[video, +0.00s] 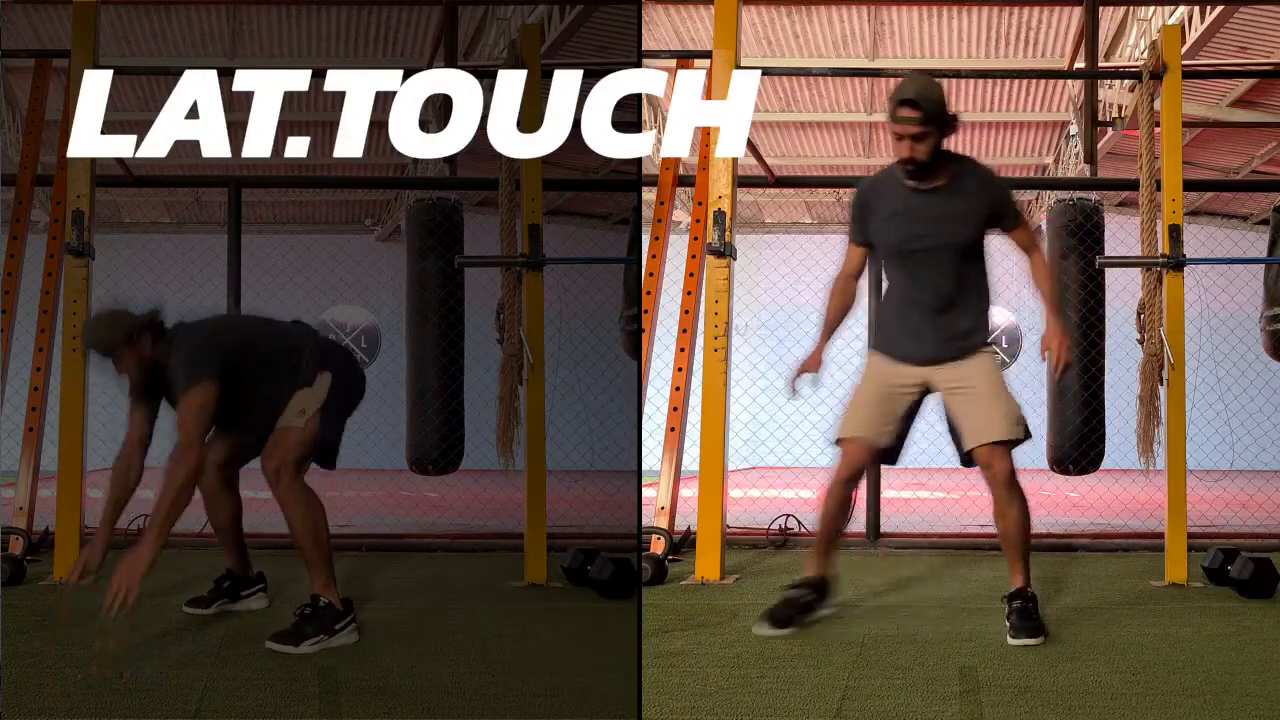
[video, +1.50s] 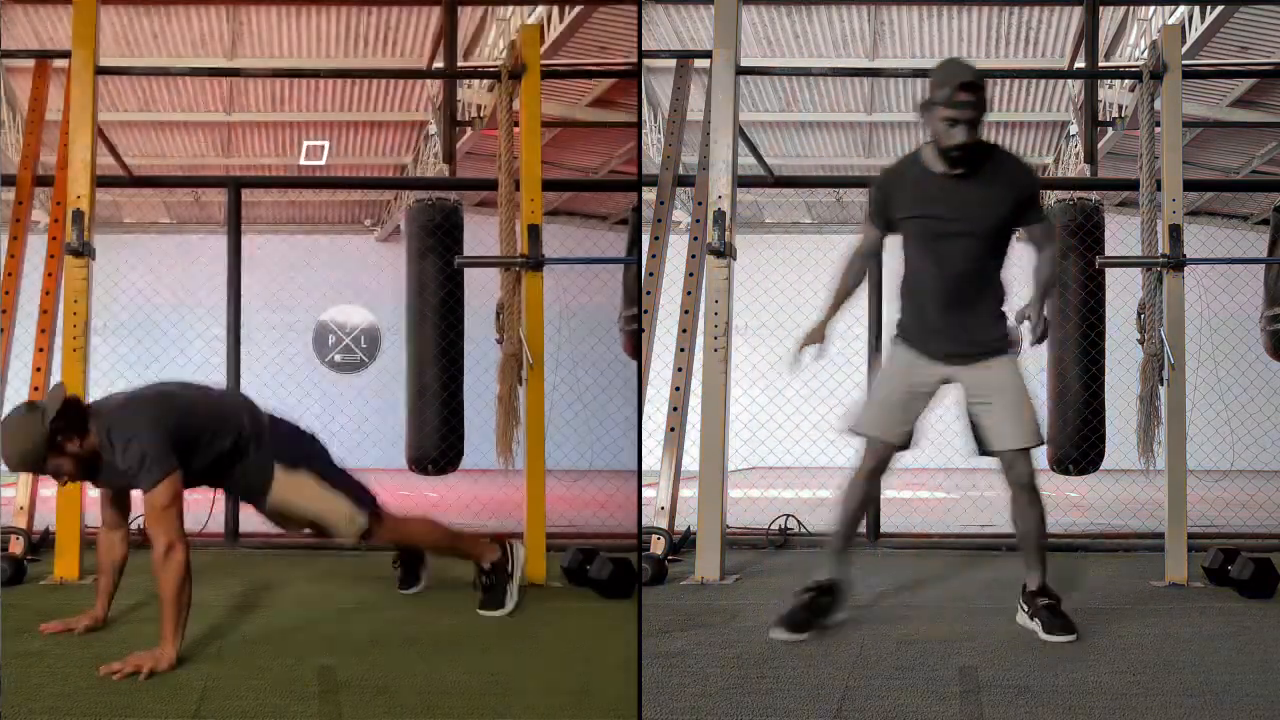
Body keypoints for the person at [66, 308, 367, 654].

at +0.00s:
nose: (118, 369)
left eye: (118, 357)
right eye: (113, 360)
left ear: (141, 342)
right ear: (137, 346)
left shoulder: (192, 354)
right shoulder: (149, 370)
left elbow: (189, 454)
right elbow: (131, 455)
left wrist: (147, 549)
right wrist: (100, 539)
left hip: (324, 370)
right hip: (270, 384)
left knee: (280, 467)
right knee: (211, 467)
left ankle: (330, 605)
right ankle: (242, 577)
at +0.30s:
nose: (156, 165)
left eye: (158, 151)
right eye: (151, 155)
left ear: (186, 138)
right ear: (171, 148)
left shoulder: (254, 175)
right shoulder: (199, 195)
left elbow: (298, 257)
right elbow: (221, 272)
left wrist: (270, 337)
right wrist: (205, 342)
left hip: (287, 335)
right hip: (244, 339)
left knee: (290, 463)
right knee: (227, 458)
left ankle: (331, 601)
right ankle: (243, 576)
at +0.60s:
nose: (191, 141)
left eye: (199, 127)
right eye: (189, 131)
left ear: (229, 121)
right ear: (200, 135)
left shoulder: (274, 169)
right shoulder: (215, 187)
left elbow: (307, 252)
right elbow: (226, 277)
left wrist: (276, 329)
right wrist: (205, 341)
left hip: (266, 334)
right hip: (220, 341)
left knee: (286, 463)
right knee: (226, 460)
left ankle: (330, 601)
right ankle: (242, 576)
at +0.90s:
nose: (115, 246)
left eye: (117, 233)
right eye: (109, 237)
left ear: (144, 218)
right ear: (123, 231)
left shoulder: (202, 246)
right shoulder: (159, 265)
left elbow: (238, 336)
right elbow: (167, 351)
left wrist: (219, 427)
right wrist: (152, 430)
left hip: (306, 341)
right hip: (258, 348)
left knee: (282, 461)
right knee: (214, 459)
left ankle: (329, 603)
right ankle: (240, 575)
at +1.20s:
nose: (123, 460)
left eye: (120, 452)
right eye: (117, 455)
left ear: (131, 433)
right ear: (123, 433)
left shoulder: (175, 416)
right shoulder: (132, 415)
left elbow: (174, 530)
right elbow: (122, 517)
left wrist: (157, 634)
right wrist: (93, 603)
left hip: (304, 326)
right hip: (259, 337)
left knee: (312, 455)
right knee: (251, 456)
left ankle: (346, 591)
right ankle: (269, 567)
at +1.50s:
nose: (54, 478)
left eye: (51, 468)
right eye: (46, 472)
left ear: (71, 439)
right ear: (65, 440)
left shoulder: (140, 438)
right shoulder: (99, 441)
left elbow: (171, 546)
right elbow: (113, 527)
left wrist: (169, 647)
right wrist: (98, 610)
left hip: (263, 449)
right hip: (235, 464)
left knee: (367, 523)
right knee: (318, 519)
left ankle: (488, 551)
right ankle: (404, 541)